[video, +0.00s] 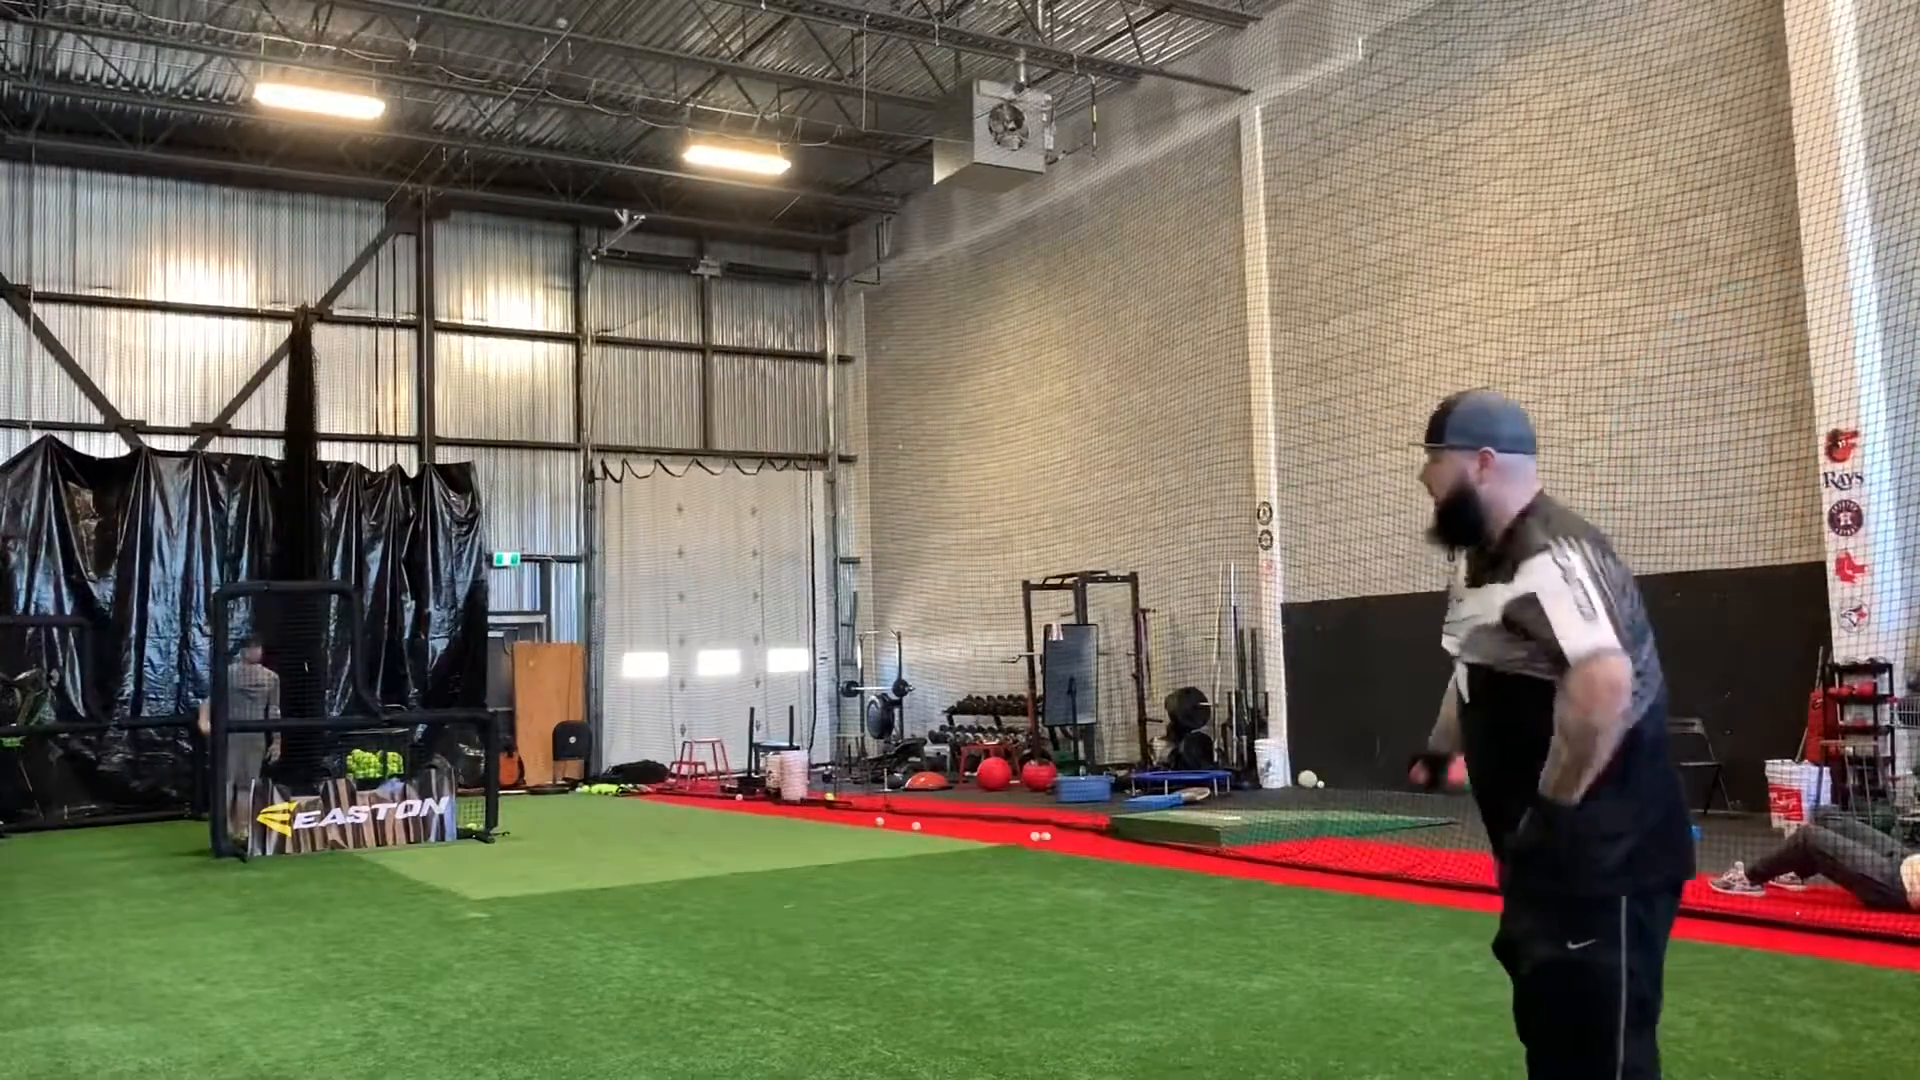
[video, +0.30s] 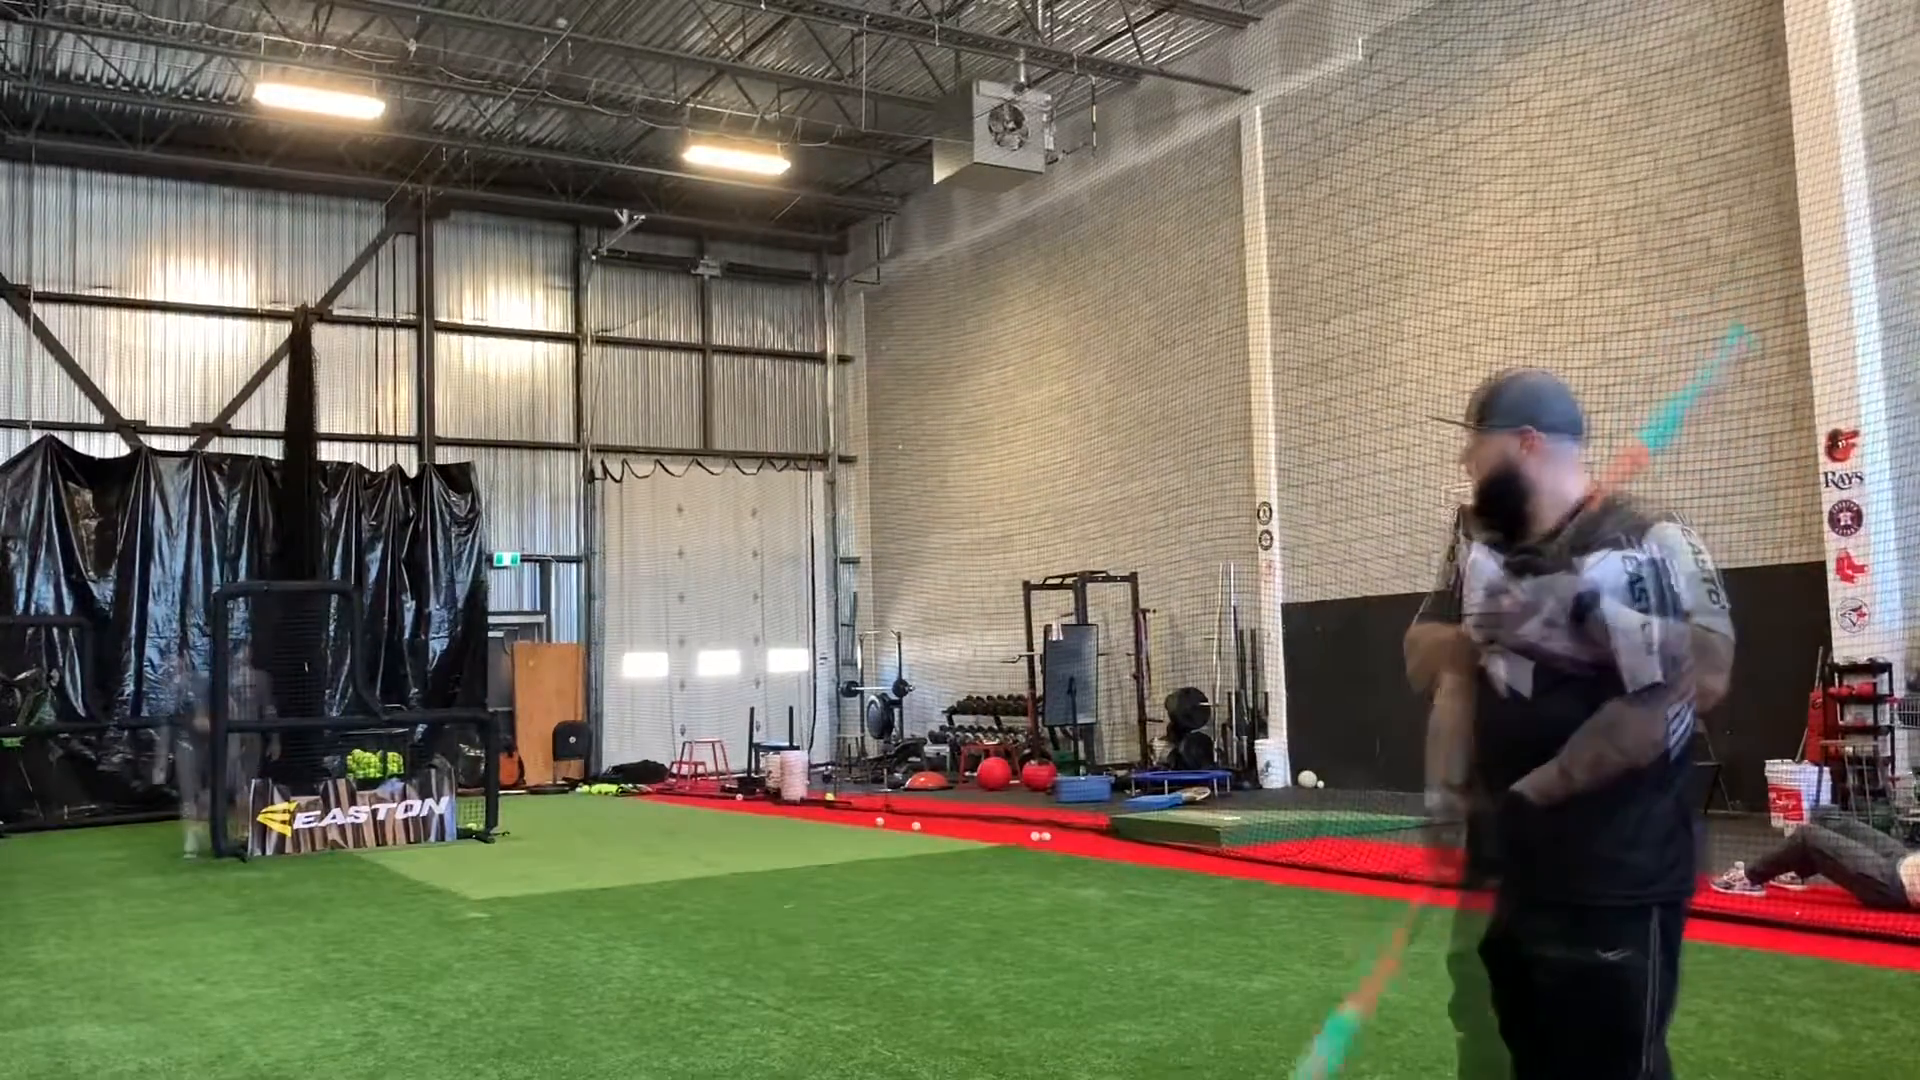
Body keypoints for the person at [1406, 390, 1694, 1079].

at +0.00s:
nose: (1425, 479)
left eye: (1436, 461)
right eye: (1428, 462)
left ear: (1484, 462)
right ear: (1482, 465)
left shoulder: (1550, 550)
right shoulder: (1487, 554)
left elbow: (1604, 682)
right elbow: (1473, 667)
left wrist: (1554, 802)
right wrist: (1440, 748)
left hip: (1603, 865)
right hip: (1555, 858)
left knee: (1601, 1058)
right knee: (1560, 1050)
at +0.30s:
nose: (1468, 463)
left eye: (1479, 442)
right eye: (1469, 446)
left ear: (1531, 441)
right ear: (1526, 445)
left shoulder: (1648, 542)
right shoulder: (1486, 552)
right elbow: (1418, 650)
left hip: (1622, 874)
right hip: (1522, 867)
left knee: (1613, 1059)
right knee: (1535, 1056)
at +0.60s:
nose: (1454, 456)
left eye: (1464, 439)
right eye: (1456, 441)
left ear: (1517, 442)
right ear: (1515, 445)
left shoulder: (1639, 538)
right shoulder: (1464, 544)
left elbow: (1684, 681)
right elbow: (1407, 659)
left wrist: (1577, 588)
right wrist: (1477, 613)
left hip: (1603, 880)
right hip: (1489, 873)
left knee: (1606, 1061)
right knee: (1490, 1061)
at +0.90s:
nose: (1426, 471)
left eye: (1436, 452)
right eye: (1428, 455)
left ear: (1489, 454)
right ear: (1487, 457)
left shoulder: (1613, 556)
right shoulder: (1432, 556)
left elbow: (1670, 700)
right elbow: (1387, 665)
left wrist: (1568, 617)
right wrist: (1467, 633)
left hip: (1578, 895)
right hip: (1468, 888)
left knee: (1579, 1063)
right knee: (1480, 1061)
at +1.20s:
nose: (1372, 506)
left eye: (1383, 489)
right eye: (1375, 490)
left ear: (1431, 503)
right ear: (1428, 505)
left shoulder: (1566, 599)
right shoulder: (1373, 599)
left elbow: (1648, 733)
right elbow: (1369, 717)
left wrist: (1572, 708)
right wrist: (1465, 725)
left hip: (1532, 864)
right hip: (1406, 847)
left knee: (1558, 1058)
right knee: (1303, 946)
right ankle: (1343, 1070)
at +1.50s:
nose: (1251, 558)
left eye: (1264, 547)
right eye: (1255, 546)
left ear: (1308, 558)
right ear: (1305, 558)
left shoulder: (1425, 634)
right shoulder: (1255, 622)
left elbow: (1534, 718)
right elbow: (1270, 674)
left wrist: (1480, 629)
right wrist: (1394, 628)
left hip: (1413, 887)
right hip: (1305, 879)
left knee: (1459, 1055)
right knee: (1211, 984)